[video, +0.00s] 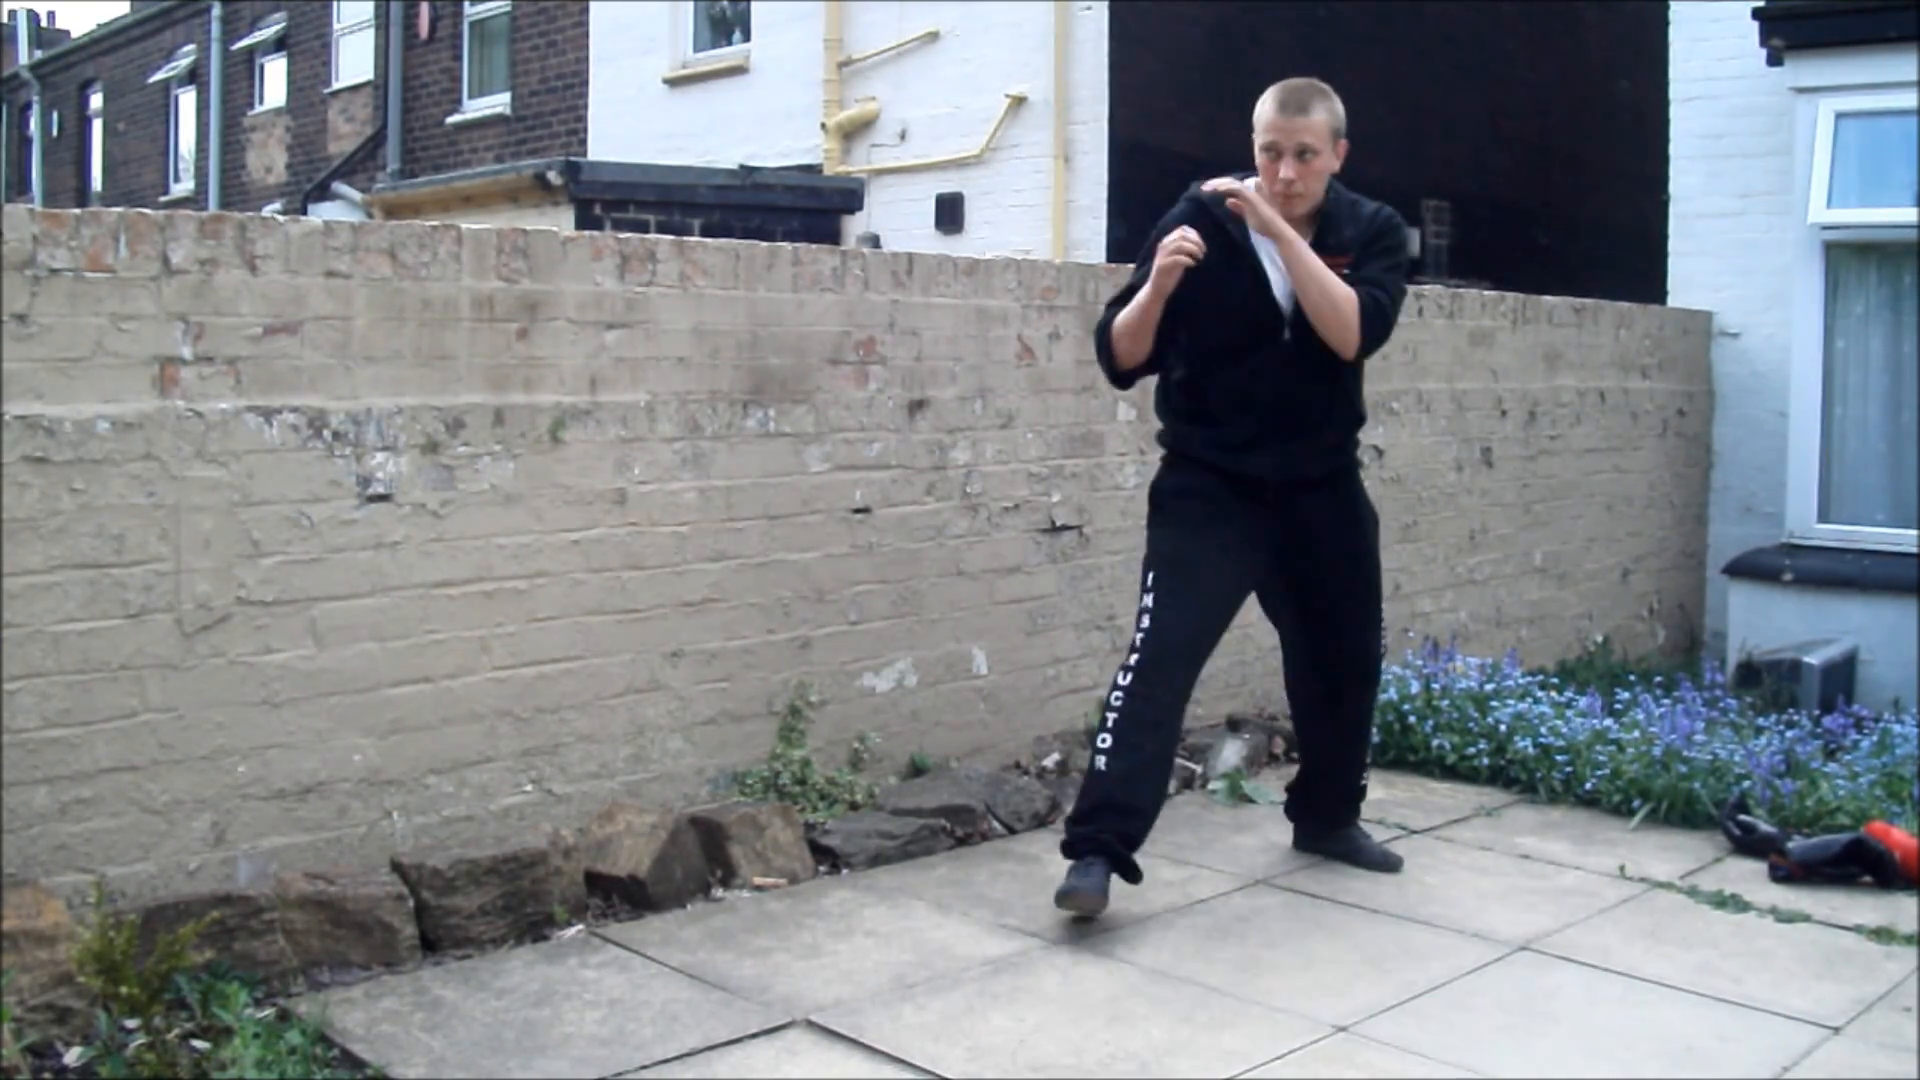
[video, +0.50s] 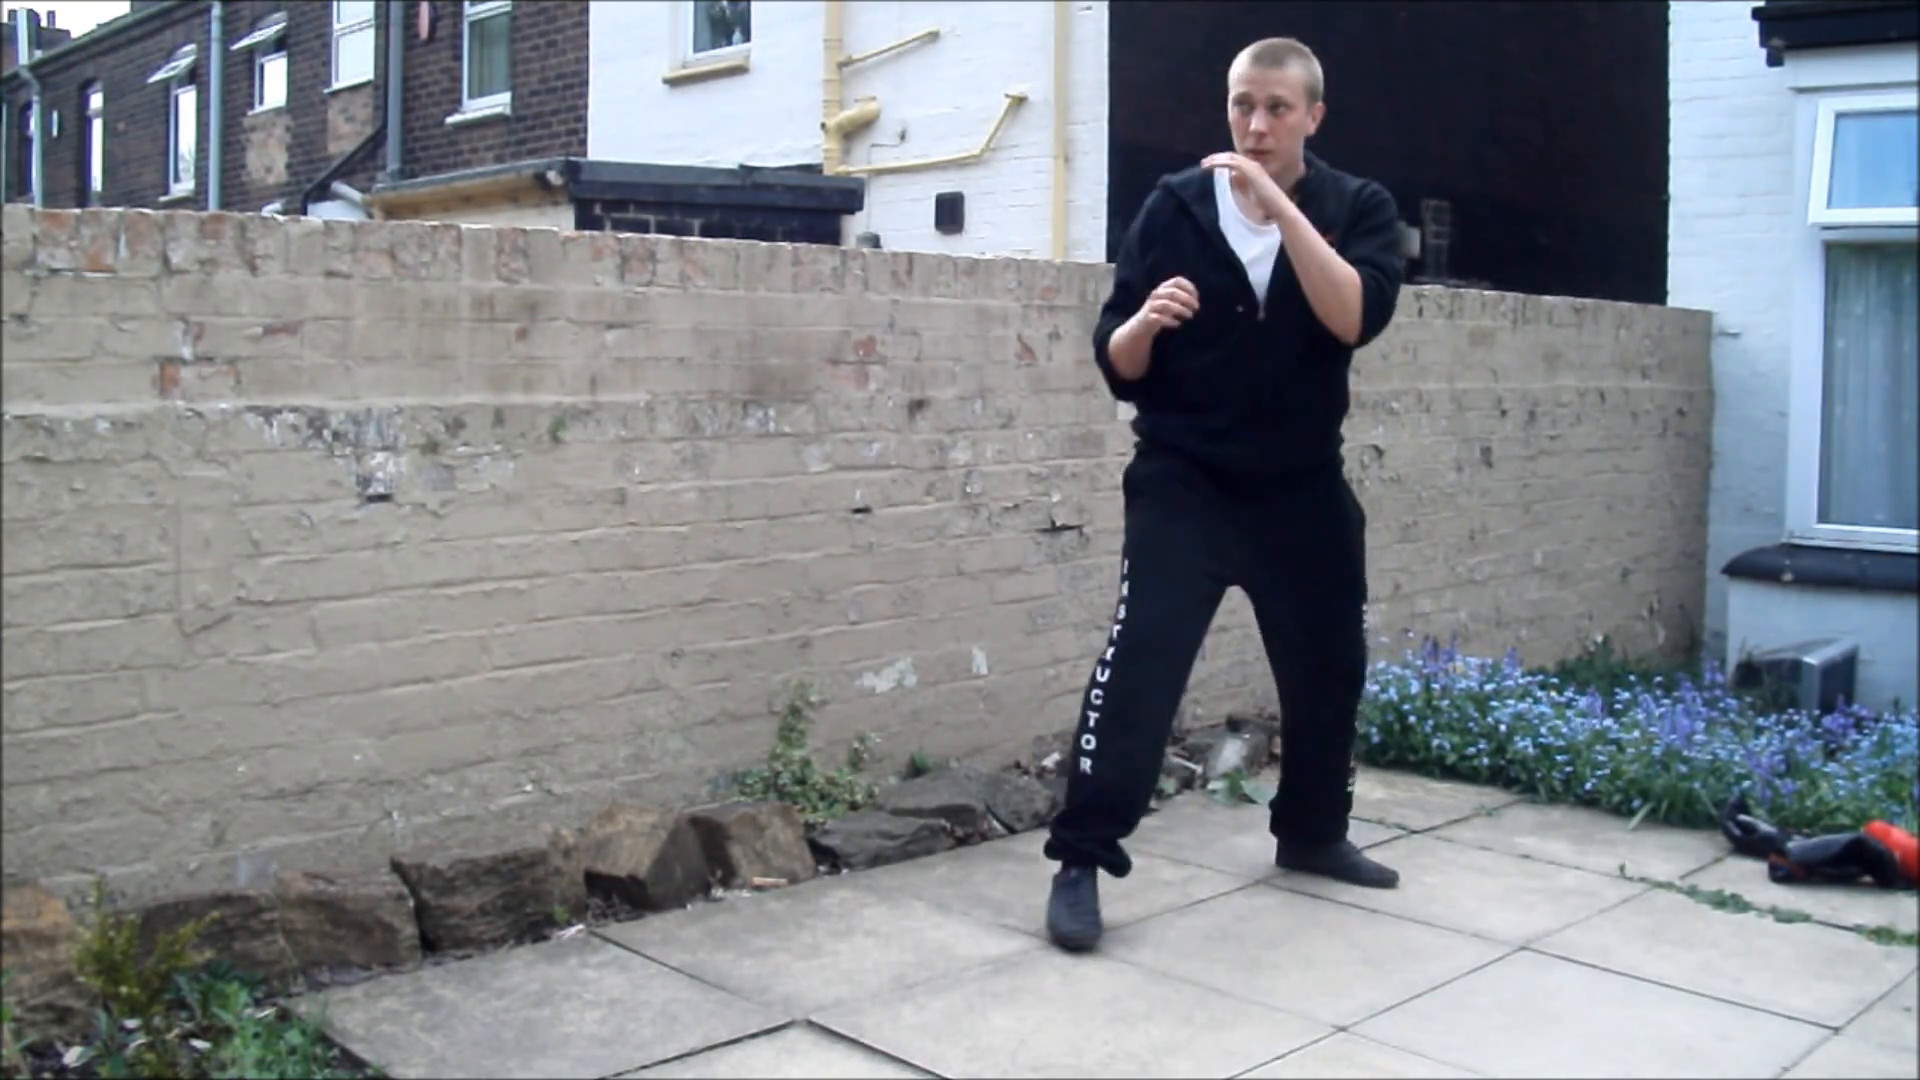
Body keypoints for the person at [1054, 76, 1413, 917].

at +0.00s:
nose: (1283, 170)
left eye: (1302, 155)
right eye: (1270, 153)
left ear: (1338, 154)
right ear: (1252, 147)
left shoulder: (1372, 229)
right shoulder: (1201, 215)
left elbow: (1357, 335)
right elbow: (1122, 362)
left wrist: (1281, 235)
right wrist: (1156, 287)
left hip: (1321, 493)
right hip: (1206, 489)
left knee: (1344, 661)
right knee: (1159, 660)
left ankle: (1326, 818)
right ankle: (1095, 854)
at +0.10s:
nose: (1239, 178)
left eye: (1259, 161)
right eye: (1227, 161)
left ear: (1300, 161)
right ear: (1208, 161)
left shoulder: (1346, 232)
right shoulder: (1171, 230)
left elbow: (1340, 341)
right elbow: (1105, 384)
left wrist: (1253, 239)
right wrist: (1131, 294)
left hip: (1306, 505)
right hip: (1188, 502)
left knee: (1342, 673)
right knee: (1154, 678)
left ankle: (1324, 820)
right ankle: (1094, 875)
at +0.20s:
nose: (1200, 175)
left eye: (1218, 157)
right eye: (1187, 156)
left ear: (1263, 153)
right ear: (1173, 153)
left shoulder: (1328, 226)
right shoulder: (1149, 225)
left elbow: (1328, 370)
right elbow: (1109, 388)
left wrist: (1237, 271)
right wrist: (1123, 292)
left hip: (1294, 499)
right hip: (1174, 496)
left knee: (1343, 671)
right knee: (1145, 674)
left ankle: (1318, 816)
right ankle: (1093, 876)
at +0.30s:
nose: (1202, 139)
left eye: (1220, 123)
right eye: (1189, 123)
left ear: (1267, 125)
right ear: (1177, 124)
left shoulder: (1329, 207)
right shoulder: (1147, 204)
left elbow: (1323, 355)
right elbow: (1113, 372)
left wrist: (1241, 242)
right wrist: (1129, 287)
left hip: (1300, 486)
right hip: (1179, 485)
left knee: (1337, 669)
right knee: (1147, 672)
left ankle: (1311, 827)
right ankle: (1093, 874)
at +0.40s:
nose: (1234, 129)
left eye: (1254, 114)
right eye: (1223, 112)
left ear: (1296, 120)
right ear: (1206, 117)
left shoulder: (1344, 203)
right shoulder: (1161, 202)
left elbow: (1337, 319)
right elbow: (1108, 369)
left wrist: (1262, 215)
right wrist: (1140, 296)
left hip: (1305, 487)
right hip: (1186, 483)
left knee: (1334, 668)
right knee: (1151, 658)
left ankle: (1311, 836)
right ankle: (1093, 873)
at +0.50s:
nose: (1256, 124)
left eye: (1276, 108)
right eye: (1245, 106)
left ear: (1314, 117)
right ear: (1226, 110)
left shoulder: (1359, 208)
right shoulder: (1174, 206)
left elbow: (1357, 318)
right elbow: (1117, 365)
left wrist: (1281, 207)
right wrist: (1145, 324)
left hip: (1303, 491)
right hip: (1182, 485)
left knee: (1329, 670)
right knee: (1142, 660)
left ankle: (1311, 837)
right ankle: (1080, 862)